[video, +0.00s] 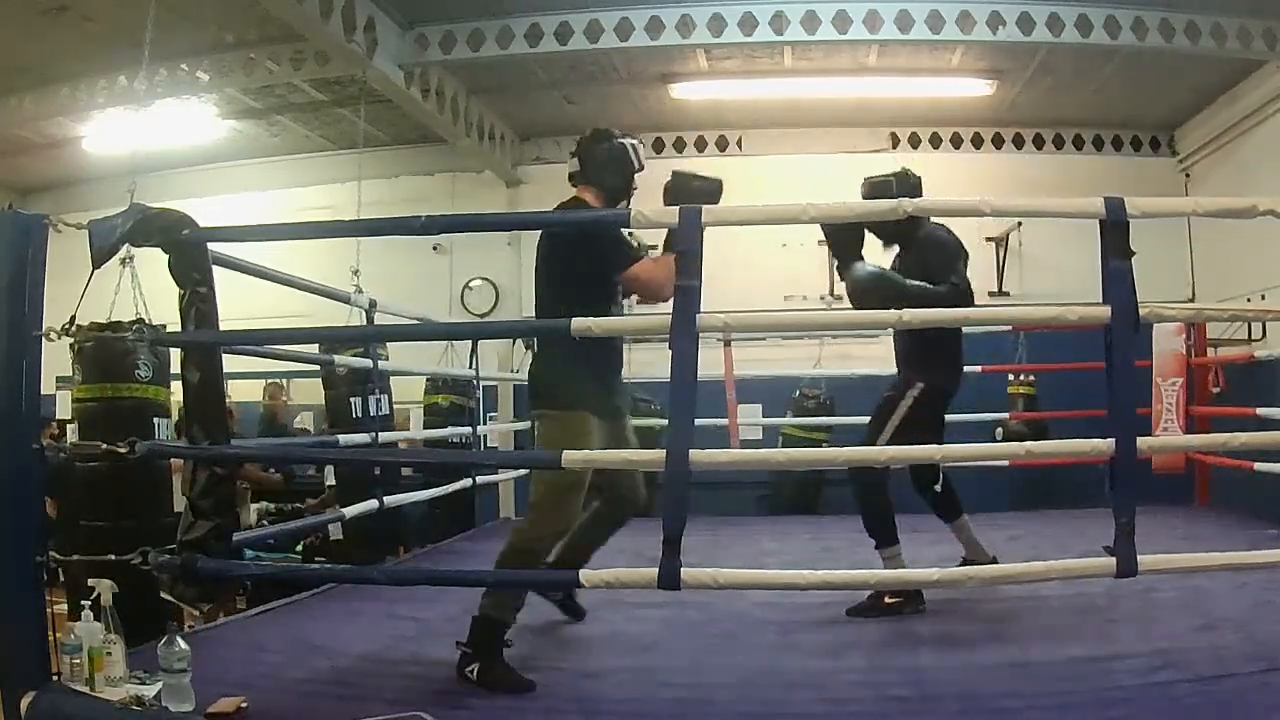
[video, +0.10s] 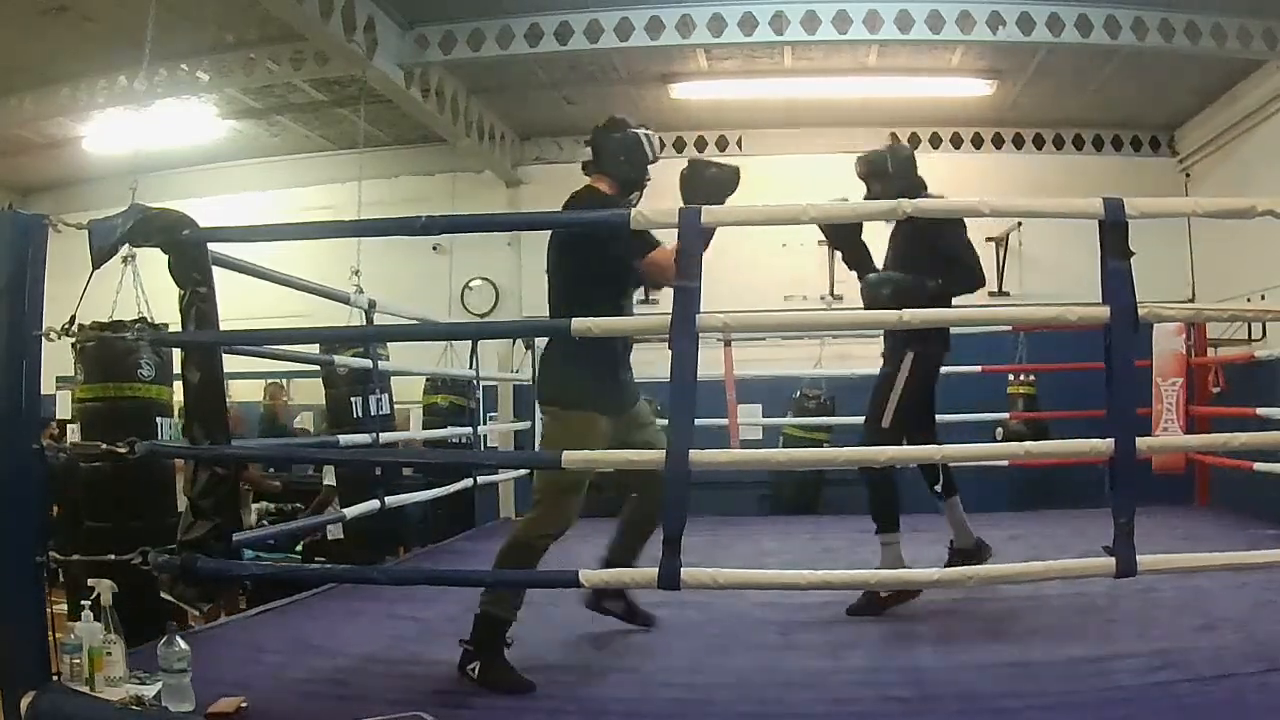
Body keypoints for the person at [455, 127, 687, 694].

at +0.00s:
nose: (636, 186)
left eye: (634, 177)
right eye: (634, 176)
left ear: (587, 171)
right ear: (623, 176)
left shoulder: (586, 222)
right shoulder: (586, 224)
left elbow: (640, 281)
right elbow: (657, 287)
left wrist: (659, 267)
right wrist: (678, 248)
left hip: (599, 394)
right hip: (570, 394)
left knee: (626, 496)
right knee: (551, 519)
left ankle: (558, 573)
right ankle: (482, 648)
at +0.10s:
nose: (648, 177)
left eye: (647, 167)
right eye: (645, 167)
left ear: (598, 162)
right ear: (632, 167)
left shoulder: (592, 210)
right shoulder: (602, 215)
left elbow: (646, 273)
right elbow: (674, 270)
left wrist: (692, 237)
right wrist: (699, 214)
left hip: (610, 381)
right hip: (578, 384)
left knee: (657, 476)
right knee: (553, 512)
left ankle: (609, 582)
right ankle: (485, 642)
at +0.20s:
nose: (668, 177)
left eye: (668, 167)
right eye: (666, 167)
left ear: (618, 163)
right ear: (652, 169)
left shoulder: (625, 215)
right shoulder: (616, 215)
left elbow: (692, 264)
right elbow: (704, 264)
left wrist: (704, 206)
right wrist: (723, 202)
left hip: (619, 380)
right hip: (590, 381)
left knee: (671, 481)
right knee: (602, 503)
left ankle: (648, 606)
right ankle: (506, 626)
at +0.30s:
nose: (688, 185)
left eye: (688, 178)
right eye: (687, 176)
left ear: (637, 167)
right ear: (674, 175)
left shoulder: (638, 216)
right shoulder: (627, 217)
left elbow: (687, 268)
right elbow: (711, 274)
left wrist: (700, 203)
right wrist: (738, 212)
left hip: (634, 384)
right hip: (604, 384)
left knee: (673, 488)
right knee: (643, 499)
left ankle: (649, 607)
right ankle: (564, 634)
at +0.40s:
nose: (702, 184)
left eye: (701, 175)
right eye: (701, 174)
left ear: (653, 164)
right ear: (688, 172)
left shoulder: (643, 217)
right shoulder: (642, 221)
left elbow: (706, 281)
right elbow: (719, 289)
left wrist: (740, 226)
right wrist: (752, 223)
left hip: (639, 393)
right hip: (625, 395)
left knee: (701, 483)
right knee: (643, 521)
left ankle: (659, 588)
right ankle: (590, 661)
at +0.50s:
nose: (719, 185)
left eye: (721, 175)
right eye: (719, 174)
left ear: (665, 163)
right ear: (704, 171)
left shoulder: (639, 215)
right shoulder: (669, 221)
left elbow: (709, 289)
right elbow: (730, 295)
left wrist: (754, 238)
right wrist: (763, 232)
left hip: (641, 390)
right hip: (645, 394)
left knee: (722, 466)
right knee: (655, 521)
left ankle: (687, 582)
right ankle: (591, 662)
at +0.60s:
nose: (736, 182)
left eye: (737, 174)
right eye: (735, 173)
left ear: (683, 162)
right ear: (723, 171)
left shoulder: (660, 210)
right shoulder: (686, 218)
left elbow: (735, 289)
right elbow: (747, 297)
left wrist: (766, 233)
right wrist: (777, 230)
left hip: (668, 389)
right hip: (660, 393)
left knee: (713, 481)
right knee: (656, 521)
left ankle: (738, 593)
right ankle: (593, 659)